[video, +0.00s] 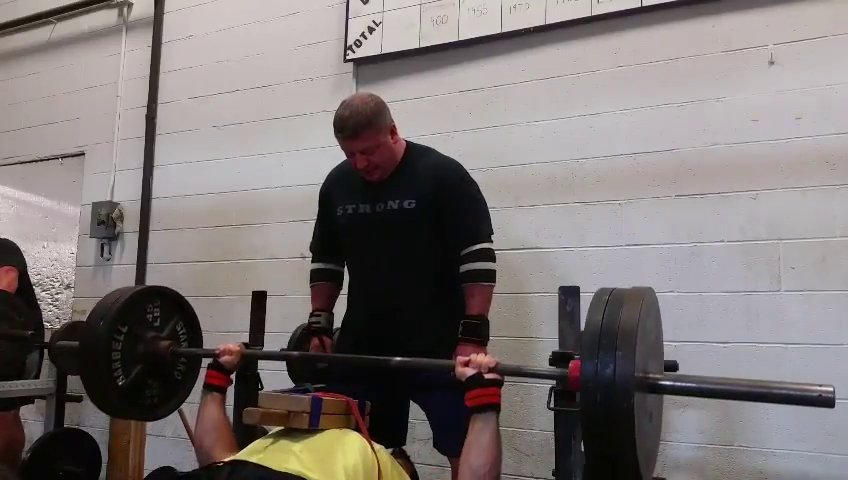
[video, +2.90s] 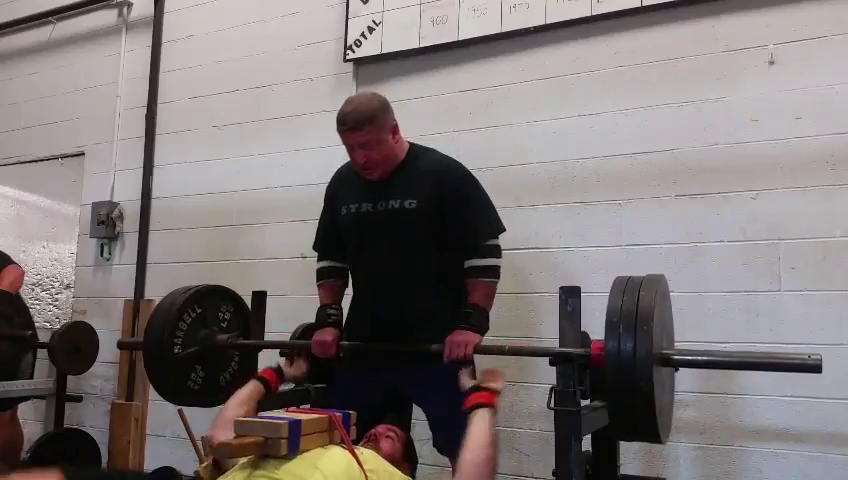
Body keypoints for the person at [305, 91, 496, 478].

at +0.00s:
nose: (360, 163)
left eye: (368, 152)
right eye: (351, 154)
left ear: (394, 134)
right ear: (341, 145)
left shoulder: (445, 178)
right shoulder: (338, 186)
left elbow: (478, 260)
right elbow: (327, 262)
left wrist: (473, 337)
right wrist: (319, 327)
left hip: (439, 341)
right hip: (366, 340)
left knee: (466, 451)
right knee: (367, 452)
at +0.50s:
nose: (357, 163)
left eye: (365, 152)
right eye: (348, 155)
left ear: (392, 134)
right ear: (338, 145)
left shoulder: (443, 173)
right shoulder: (338, 183)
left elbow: (493, 234)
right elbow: (322, 249)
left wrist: (460, 297)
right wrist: (318, 304)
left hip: (437, 345)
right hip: (364, 343)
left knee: (462, 457)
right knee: (366, 460)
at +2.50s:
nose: (394, 146)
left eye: (399, 133)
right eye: (380, 139)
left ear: (409, 122)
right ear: (359, 138)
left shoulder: (449, 172)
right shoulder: (345, 181)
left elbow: (488, 246)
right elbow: (330, 257)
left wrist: (474, 317)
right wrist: (326, 318)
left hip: (443, 344)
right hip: (369, 344)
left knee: (466, 458)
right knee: (367, 460)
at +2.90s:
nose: (359, 157)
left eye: (367, 146)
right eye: (351, 148)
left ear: (395, 133)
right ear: (343, 143)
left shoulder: (446, 176)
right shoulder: (344, 184)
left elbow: (485, 253)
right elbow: (331, 259)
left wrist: (472, 323)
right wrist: (328, 319)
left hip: (439, 343)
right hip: (368, 341)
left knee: (466, 453)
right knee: (362, 453)